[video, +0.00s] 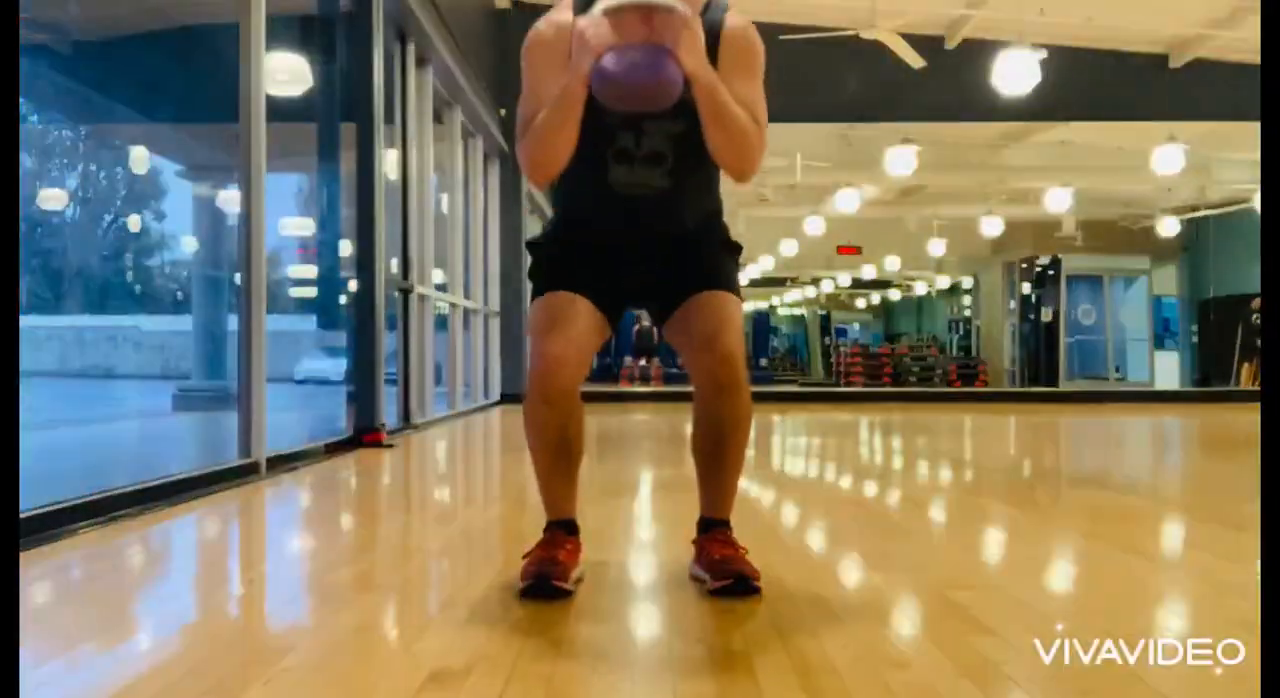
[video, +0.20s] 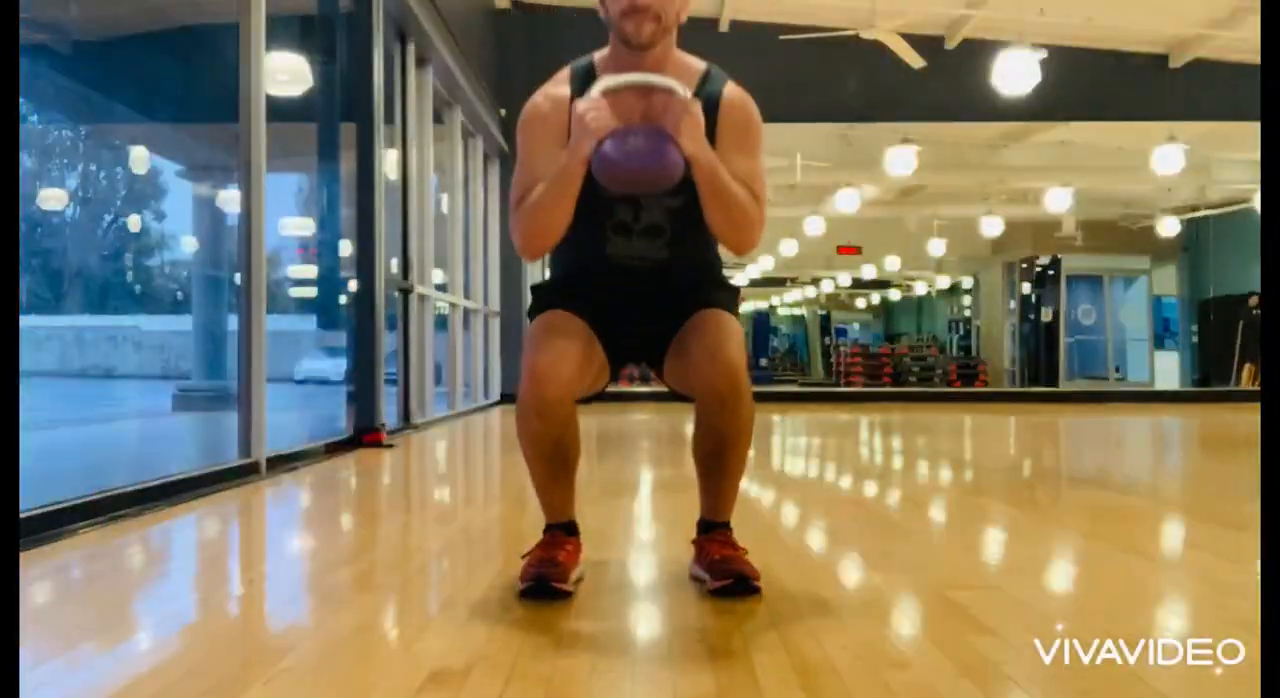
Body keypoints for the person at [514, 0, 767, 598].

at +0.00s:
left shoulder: (730, 33)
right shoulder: (558, 32)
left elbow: (744, 161)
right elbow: (539, 168)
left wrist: (694, 60)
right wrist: (579, 72)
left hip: (688, 241)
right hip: (586, 239)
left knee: (724, 361)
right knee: (550, 368)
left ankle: (716, 537)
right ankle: (559, 535)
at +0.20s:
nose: (637, 1)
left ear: (683, 5)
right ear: (603, 5)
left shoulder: (726, 102)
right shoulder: (554, 102)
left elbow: (743, 237)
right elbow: (530, 241)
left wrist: (697, 149)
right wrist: (578, 151)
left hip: (687, 297)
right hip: (584, 296)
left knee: (728, 376)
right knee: (541, 382)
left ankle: (716, 537)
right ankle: (558, 537)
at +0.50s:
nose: (635, 56)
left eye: (654, 42)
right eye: (618, 40)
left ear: (679, 59)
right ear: (593, 57)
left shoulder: (721, 159)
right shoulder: (549, 166)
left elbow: (744, 297)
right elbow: (530, 308)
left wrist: (694, 216)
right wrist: (571, 221)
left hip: (685, 353)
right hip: (587, 353)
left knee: (725, 372)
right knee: (543, 379)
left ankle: (716, 538)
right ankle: (558, 538)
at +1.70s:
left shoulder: (741, 0)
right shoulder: (526, 1)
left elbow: (775, 120)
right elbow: (501, 135)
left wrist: (708, 6)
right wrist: (560, 6)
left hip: (701, 243)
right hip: (576, 234)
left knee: (737, 498)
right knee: (551, 327)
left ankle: (719, 525)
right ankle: (534, 621)